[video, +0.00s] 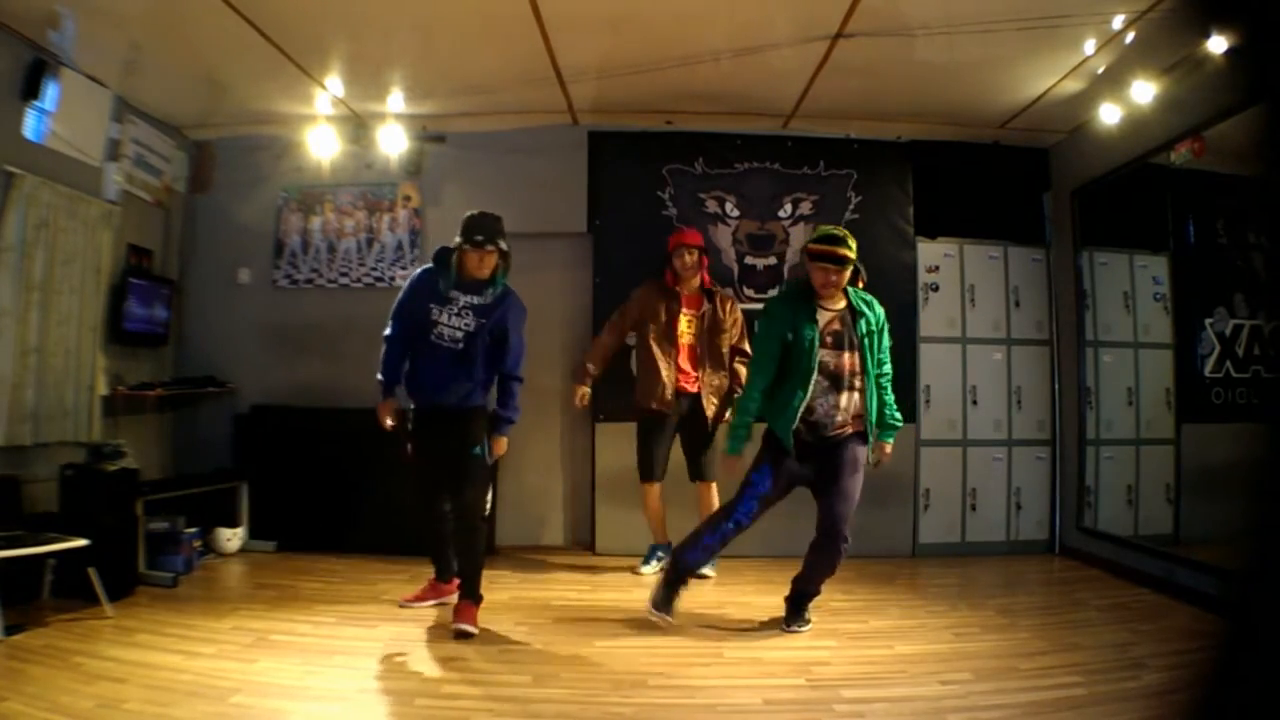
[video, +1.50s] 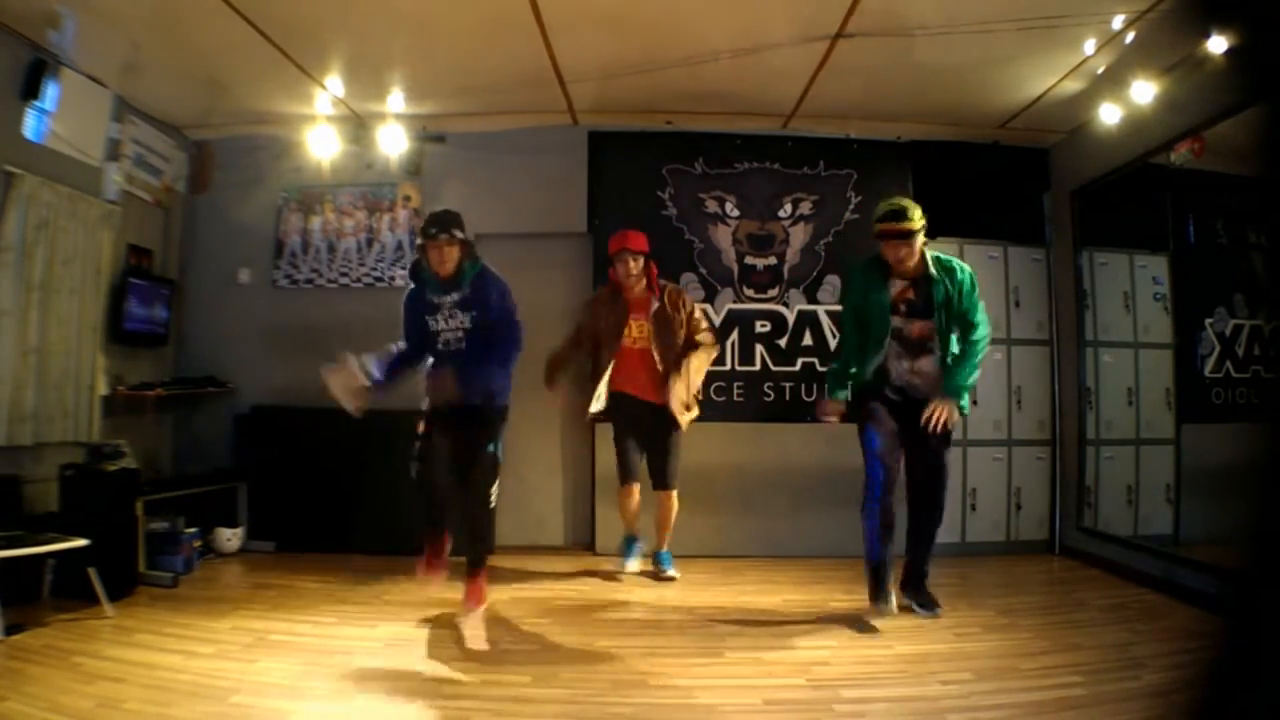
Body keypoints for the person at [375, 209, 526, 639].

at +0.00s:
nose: (484, 260)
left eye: (492, 252)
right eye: (477, 250)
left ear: (500, 256)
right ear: (459, 249)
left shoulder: (506, 305)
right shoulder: (425, 283)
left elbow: (511, 373)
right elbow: (395, 336)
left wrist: (502, 427)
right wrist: (388, 393)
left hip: (474, 411)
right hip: (428, 407)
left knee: (470, 505)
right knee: (432, 496)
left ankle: (469, 601)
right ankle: (445, 577)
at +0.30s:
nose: (474, 235)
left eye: (482, 228)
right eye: (467, 227)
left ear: (496, 237)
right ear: (454, 233)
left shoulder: (508, 296)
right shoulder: (435, 282)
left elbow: (518, 367)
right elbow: (421, 343)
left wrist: (505, 427)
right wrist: (411, 400)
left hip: (476, 412)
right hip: (431, 408)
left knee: (472, 506)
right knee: (399, 489)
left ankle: (466, 604)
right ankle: (419, 571)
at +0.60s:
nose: (452, 228)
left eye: (460, 221)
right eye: (445, 222)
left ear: (474, 231)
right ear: (434, 232)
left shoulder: (493, 280)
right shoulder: (422, 288)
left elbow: (509, 345)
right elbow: (421, 350)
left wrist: (490, 394)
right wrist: (416, 407)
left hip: (475, 408)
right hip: (428, 407)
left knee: (475, 507)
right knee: (406, 497)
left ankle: (466, 605)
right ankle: (402, 597)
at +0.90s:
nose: (434, 239)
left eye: (441, 231)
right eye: (426, 232)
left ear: (455, 238)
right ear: (414, 240)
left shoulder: (480, 279)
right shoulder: (398, 297)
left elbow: (506, 338)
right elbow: (381, 364)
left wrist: (494, 383)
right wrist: (381, 427)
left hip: (471, 411)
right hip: (420, 413)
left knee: (476, 503)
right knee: (417, 505)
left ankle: (470, 603)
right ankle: (424, 596)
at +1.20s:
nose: (458, 249)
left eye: (466, 241)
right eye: (450, 241)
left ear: (477, 244)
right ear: (435, 243)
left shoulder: (496, 286)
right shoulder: (412, 279)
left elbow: (512, 347)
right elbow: (375, 324)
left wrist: (472, 384)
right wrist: (397, 374)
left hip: (475, 414)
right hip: (422, 411)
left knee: (476, 506)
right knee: (418, 501)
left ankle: (468, 600)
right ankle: (421, 593)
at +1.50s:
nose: (440, 256)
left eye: (448, 248)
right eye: (433, 248)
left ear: (464, 248)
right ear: (423, 252)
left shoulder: (489, 288)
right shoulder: (420, 293)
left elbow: (507, 349)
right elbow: (416, 348)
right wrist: (377, 375)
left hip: (486, 404)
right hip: (443, 404)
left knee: (475, 486)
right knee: (431, 474)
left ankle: (477, 573)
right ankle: (437, 537)